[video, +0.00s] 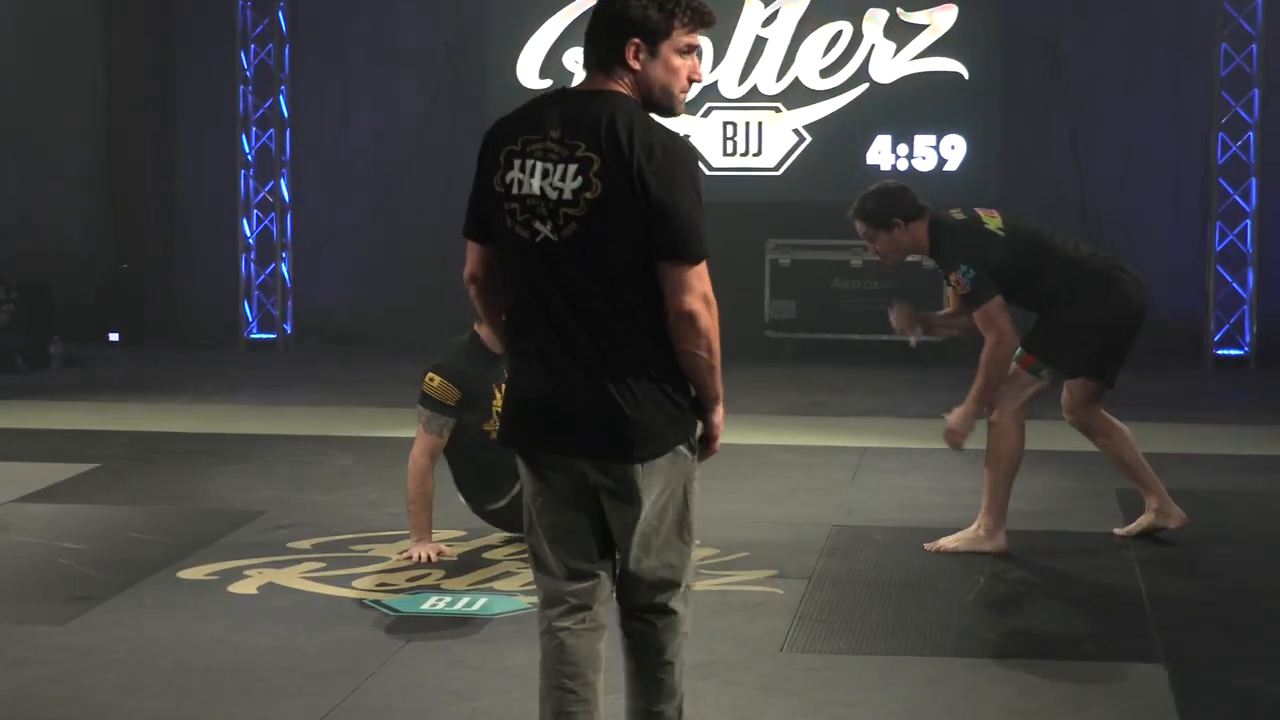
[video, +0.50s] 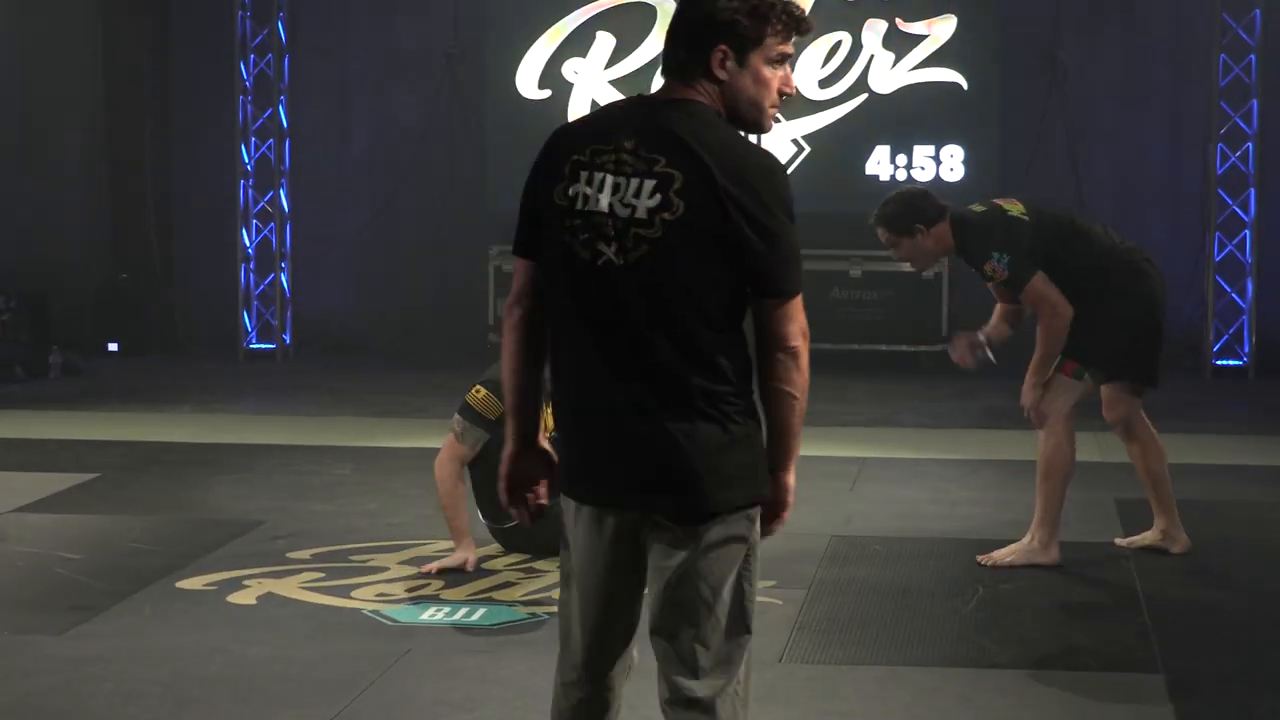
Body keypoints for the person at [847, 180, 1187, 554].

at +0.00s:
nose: (870, 250)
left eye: (871, 239)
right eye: (867, 242)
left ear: (899, 226)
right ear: (903, 223)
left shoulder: (956, 248)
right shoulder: (954, 233)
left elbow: (1002, 336)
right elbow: (966, 319)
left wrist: (971, 407)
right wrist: (923, 324)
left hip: (1089, 302)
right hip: (1118, 293)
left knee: (1005, 403)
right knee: (1080, 406)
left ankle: (989, 527)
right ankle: (1162, 505)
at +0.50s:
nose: (899, 258)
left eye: (897, 247)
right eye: (893, 250)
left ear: (924, 232)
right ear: (924, 230)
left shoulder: (985, 240)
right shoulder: (976, 230)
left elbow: (1056, 311)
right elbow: (1011, 307)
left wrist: (1034, 381)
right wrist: (983, 338)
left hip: (1110, 298)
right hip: (1134, 288)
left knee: (1053, 407)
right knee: (1122, 409)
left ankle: (1041, 541)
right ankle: (1169, 527)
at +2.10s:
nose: (851, 165)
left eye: (852, 154)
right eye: (846, 156)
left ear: (880, 143)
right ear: (883, 142)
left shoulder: (932, 177)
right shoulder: (927, 169)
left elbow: (978, 272)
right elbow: (966, 253)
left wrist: (992, 351)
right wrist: (967, 311)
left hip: (1037, 301)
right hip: (1010, 301)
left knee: (1047, 425)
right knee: (961, 404)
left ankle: (1097, 541)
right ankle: (921, 524)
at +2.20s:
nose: (853, 155)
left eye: (854, 143)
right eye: (849, 145)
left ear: (882, 131)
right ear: (884, 131)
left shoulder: (934, 168)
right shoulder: (927, 165)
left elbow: (978, 251)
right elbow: (957, 247)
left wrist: (995, 329)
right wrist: (935, 312)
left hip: (1037, 295)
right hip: (1001, 294)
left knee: (1056, 419)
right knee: (950, 397)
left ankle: (1097, 540)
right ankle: (930, 520)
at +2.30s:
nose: (850, 154)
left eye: (851, 142)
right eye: (846, 144)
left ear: (878, 131)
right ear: (880, 131)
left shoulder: (933, 166)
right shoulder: (919, 170)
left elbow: (975, 252)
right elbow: (935, 253)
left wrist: (983, 326)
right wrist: (904, 317)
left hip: (1027, 297)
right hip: (990, 297)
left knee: (1050, 420)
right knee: (937, 399)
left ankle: (1097, 540)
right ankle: (905, 513)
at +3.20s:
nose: (702, 237)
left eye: (703, 226)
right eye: (696, 229)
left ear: (730, 209)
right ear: (731, 208)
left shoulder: (790, 220)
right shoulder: (766, 229)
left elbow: (828, 312)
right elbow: (784, 306)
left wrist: (810, 392)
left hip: (915, 281)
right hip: (893, 282)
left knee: (863, 400)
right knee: (860, 396)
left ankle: (863, 533)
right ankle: (875, 518)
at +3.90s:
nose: (710, 336)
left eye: (711, 325)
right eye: (704, 328)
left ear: (734, 310)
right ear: (736, 304)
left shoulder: (780, 324)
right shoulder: (760, 296)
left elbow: (779, 403)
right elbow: (721, 362)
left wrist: (744, 422)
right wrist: (677, 410)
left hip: (916, 338)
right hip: (879, 329)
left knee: (820, 418)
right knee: (802, 404)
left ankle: (857, 533)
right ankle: (781, 520)